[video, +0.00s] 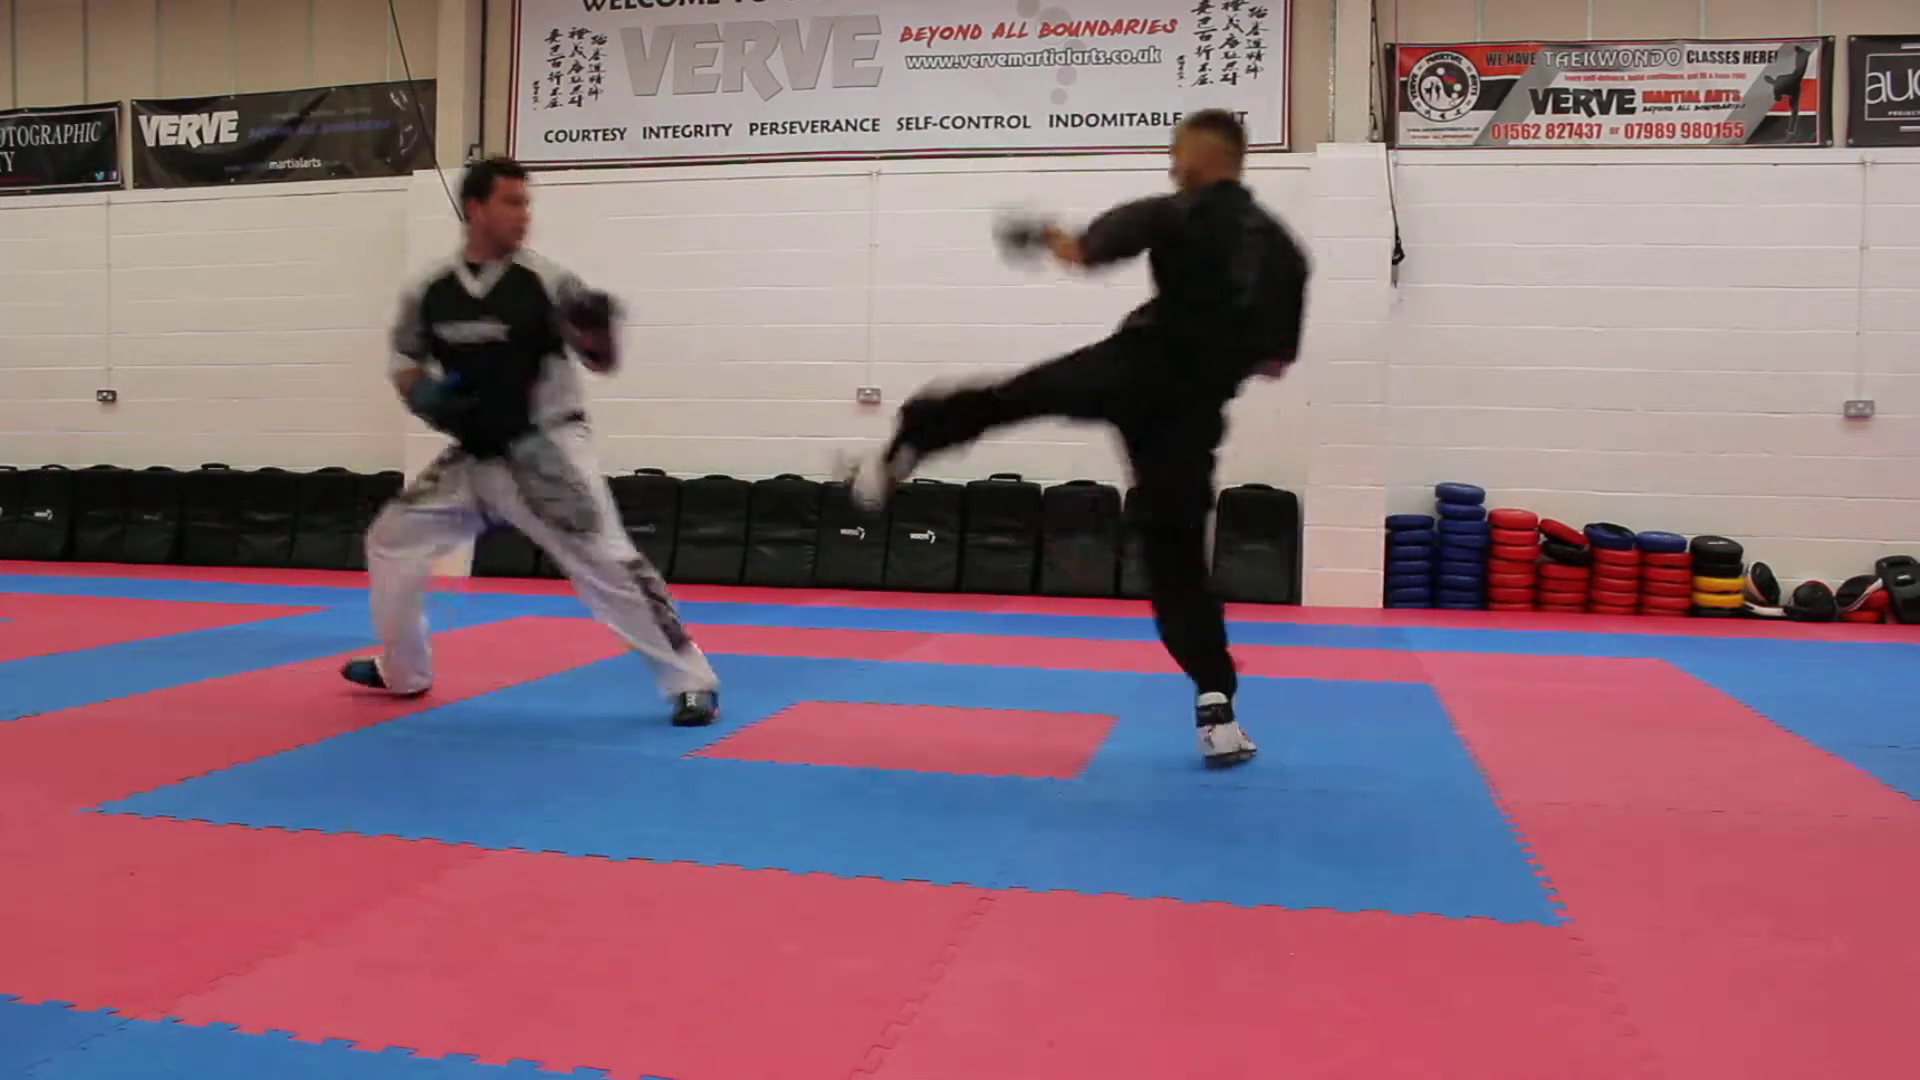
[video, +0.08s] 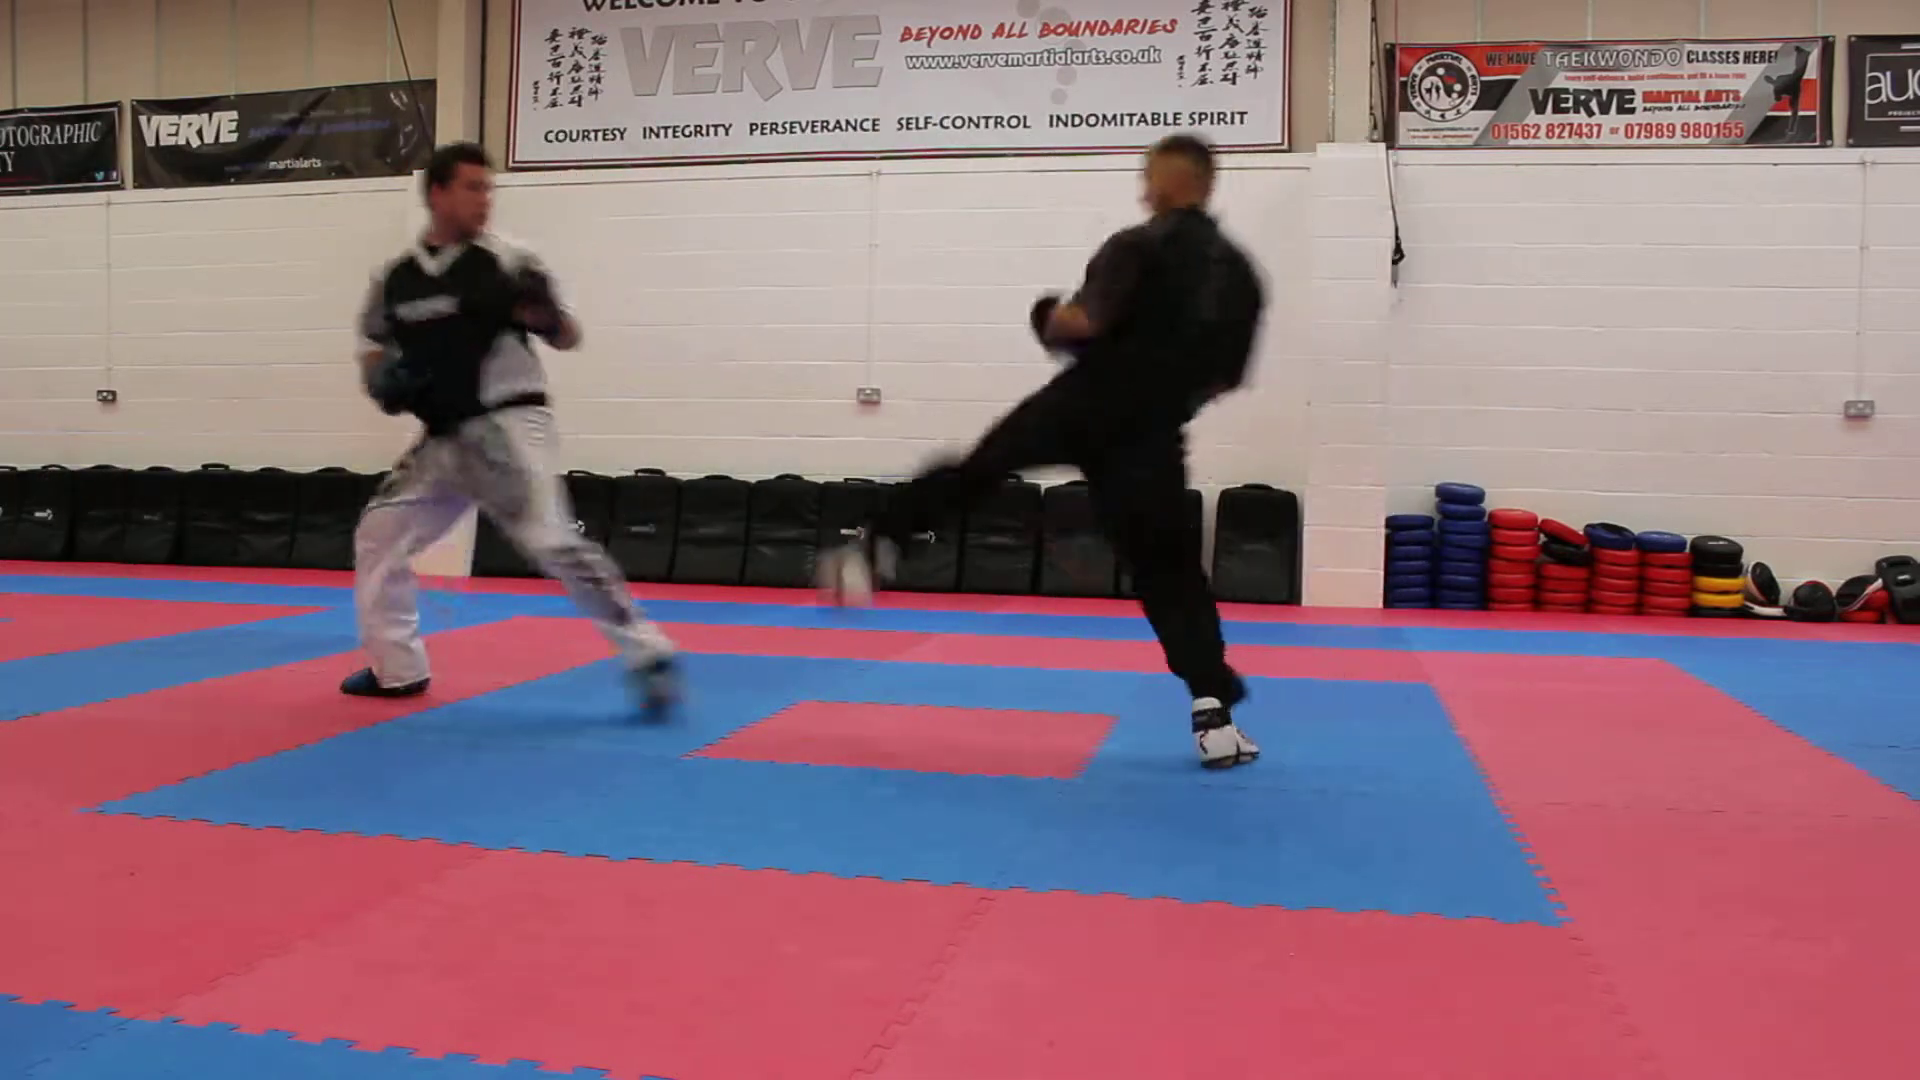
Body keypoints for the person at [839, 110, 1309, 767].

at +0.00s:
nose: (1176, 163)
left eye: (1184, 151)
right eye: (1179, 150)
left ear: (1204, 155)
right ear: (1238, 158)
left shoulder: (1175, 214)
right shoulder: (1284, 250)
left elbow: (1100, 247)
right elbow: (1277, 356)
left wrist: (1065, 242)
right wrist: (1212, 336)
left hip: (1124, 371)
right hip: (1189, 415)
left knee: (1014, 400)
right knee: (1176, 554)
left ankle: (907, 443)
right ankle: (1214, 702)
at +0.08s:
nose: (1151, 182)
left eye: (1156, 171)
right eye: (1155, 170)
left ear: (1164, 179)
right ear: (1208, 181)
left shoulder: (1136, 247)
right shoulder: (1239, 274)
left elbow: (1089, 321)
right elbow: (1226, 374)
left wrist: (1046, 314)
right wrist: (1168, 386)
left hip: (1077, 410)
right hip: (1149, 440)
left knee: (979, 470)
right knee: (1171, 566)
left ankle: (875, 539)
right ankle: (1212, 714)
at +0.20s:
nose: (1061, 194)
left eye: (1068, 184)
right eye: (1065, 183)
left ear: (1080, 191)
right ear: (1107, 195)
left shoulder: (1049, 258)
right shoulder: (1142, 275)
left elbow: (971, 302)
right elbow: (1134, 373)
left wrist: (972, 287)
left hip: (1021, 451)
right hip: (1094, 459)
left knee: (955, 556)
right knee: (1149, 580)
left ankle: (893, 683)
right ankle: (1210, 716)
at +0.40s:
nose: (810, 192)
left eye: (815, 182)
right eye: (813, 182)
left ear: (829, 187)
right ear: (860, 188)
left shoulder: (818, 240)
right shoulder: (915, 240)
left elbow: (732, 211)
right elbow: (996, 295)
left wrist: (662, 179)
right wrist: (937, 322)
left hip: (901, 432)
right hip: (960, 424)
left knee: (877, 571)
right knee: (1009, 540)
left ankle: (889, 701)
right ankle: (1077, 651)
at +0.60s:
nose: (650, 189)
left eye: (655, 179)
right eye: (652, 179)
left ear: (668, 180)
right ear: (698, 177)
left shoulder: (668, 227)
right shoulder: (744, 226)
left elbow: (588, 212)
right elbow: (778, 278)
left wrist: (537, 172)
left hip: (736, 406)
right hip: (774, 397)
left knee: (794, 538)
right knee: (737, 524)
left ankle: (868, 678)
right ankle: (718, 649)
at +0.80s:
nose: (511, 202)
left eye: (517, 194)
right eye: (515, 194)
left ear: (530, 199)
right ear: (558, 201)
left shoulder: (527, 248)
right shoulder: (586, 249)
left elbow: (469, 226)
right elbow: (507, 245)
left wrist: (419, 175)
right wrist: (447, 232)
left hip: (578, 425)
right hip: (613, 421)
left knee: (543, 564)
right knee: (566, 562)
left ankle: (573, 682)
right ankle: (635, 626)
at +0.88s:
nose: (458, 195)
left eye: (463, 186)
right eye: (462, 186)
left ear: (472, 188)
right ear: (504, 190)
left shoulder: (475, 239)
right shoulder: (531, 241)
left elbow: (401, 221)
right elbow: (506, 341)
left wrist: (354, 182)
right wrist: (428, 341)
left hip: (519, 419)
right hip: (558, 415)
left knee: (453, 550)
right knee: (519, 547)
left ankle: (502, 649)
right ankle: (572, 667)